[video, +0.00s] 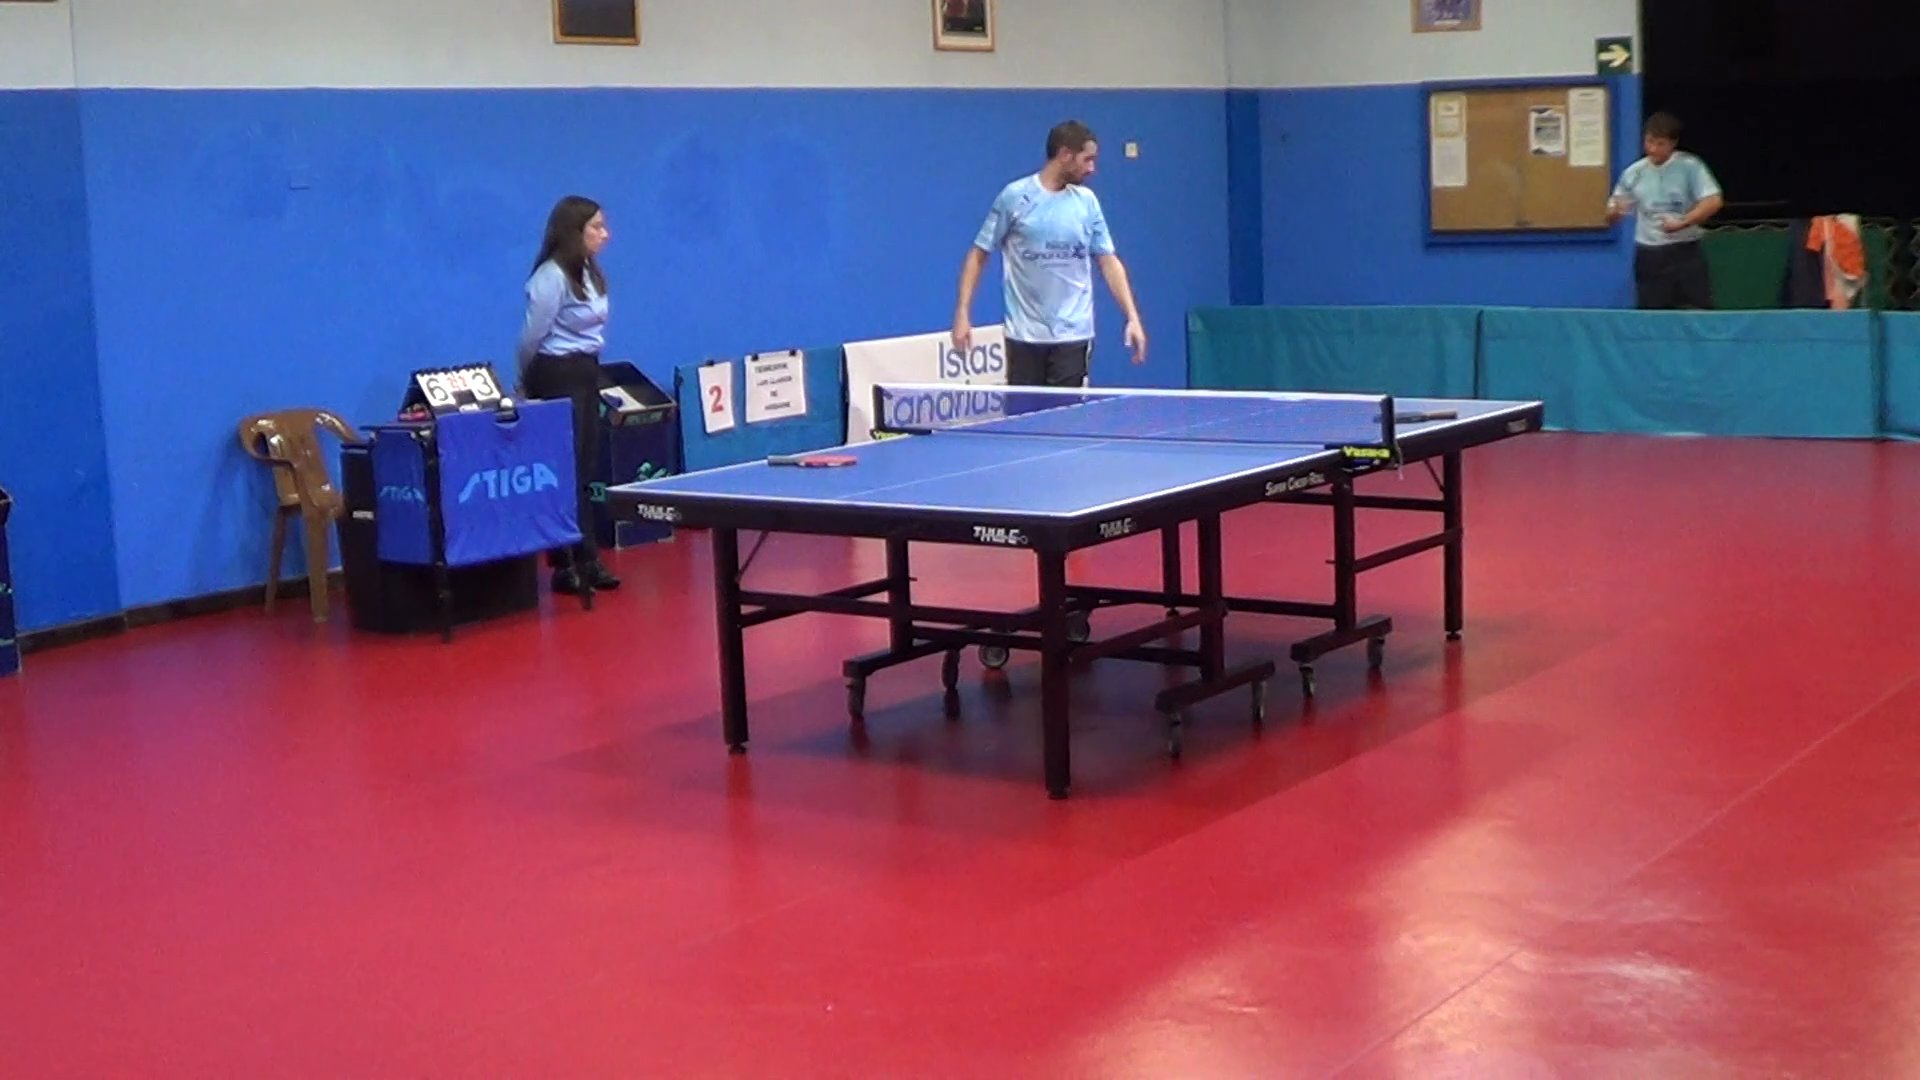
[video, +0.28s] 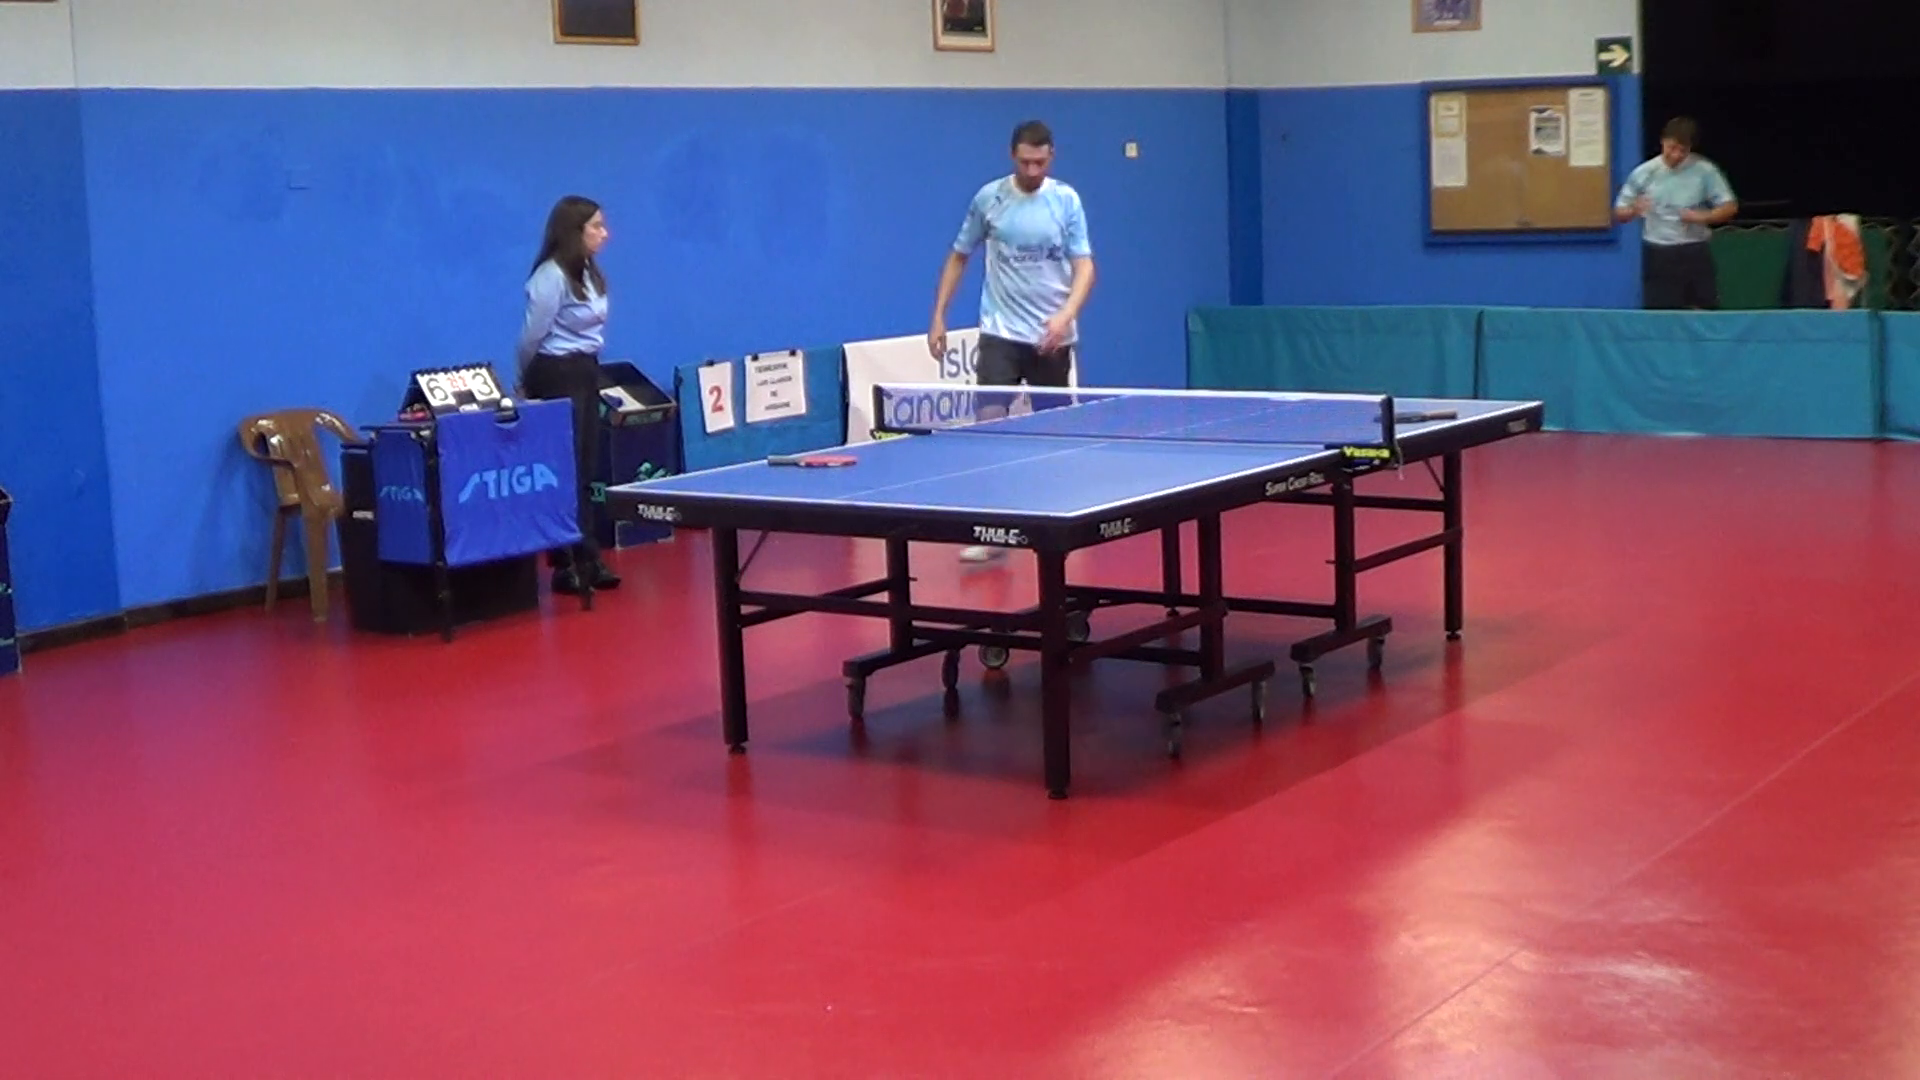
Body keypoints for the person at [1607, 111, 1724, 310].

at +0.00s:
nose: (1653, 148)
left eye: (1660, 144)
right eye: (1650, 142)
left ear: (1673, 144)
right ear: (1644, 141)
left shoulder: (1691, 166)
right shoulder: (1634, 171)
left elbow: (1713, 200)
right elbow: (1615, 203)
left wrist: (1682, 222)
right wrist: (1615, 210)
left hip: (1685, 248)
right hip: (1649, 251)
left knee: (1696, 311)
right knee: (1652, 313)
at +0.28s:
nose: (1676, 155)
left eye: (1682, 150)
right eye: (1672, 148)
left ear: (1690, 149)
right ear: (1662, 144)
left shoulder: (1705, 171)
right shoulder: (1645, 172)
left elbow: (1729, 207)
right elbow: (1619, 213)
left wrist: (1702, 217)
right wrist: (1635, 209)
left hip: (1695, 251)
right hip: (1658, 252)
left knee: (1703, 311)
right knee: (1660, 313)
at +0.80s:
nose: (1756, 154)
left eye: (1759, 148)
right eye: (1753, 147)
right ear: (1735, 141)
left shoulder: (1747, 176)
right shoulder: (1700, 170)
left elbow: (1746, 221)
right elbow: (1672, 214)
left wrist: (1753, 264)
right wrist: (1710, 217)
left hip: (1736, 251)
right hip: (1705, 249)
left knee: (1735, 314)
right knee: (1706, 315)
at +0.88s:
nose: (1763, 154)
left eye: (1766, 148)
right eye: (1761, 146)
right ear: (1744, 139)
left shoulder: (1749, 174)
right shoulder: (1708, 168)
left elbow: (1747, 223)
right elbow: (1682, 212)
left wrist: (1756, 262)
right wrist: (1724, 219)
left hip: (1739, 250)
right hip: (1711, 248)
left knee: (1739, 313)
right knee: (1716, 313)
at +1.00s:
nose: (1773, 155)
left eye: (1775, 150)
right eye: (1771, 148)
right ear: (1755, 139)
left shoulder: (1752, 176)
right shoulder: (1722, 167)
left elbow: (1750, 226)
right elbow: (1699, 212)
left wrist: (1759, 265)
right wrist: (1748, 221)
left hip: (1743, 249)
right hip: (1721, 247)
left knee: (1744, 315)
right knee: (1730, 315)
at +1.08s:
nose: (1780, 156)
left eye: (1783, 151)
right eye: (1779, 149)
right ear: (1764, 140)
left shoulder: (1754, 172)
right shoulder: (1731, 167)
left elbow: (1752, 225)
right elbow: (1712, 211)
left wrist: (1764, 263)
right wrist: (1760, 223)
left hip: (1747, 251)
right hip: (1728, 249)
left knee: (1750, 317)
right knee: (1742, 317)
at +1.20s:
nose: (1793, 159)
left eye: (1795, 154)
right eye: (1792, 152)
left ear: (1778, 144)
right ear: (1777, 142)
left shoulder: (1763, 171)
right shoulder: (1747, 168)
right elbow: (1729, 213)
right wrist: (1776, 229)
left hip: (1756, 251)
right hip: (1741, 251)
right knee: (1760, 317)